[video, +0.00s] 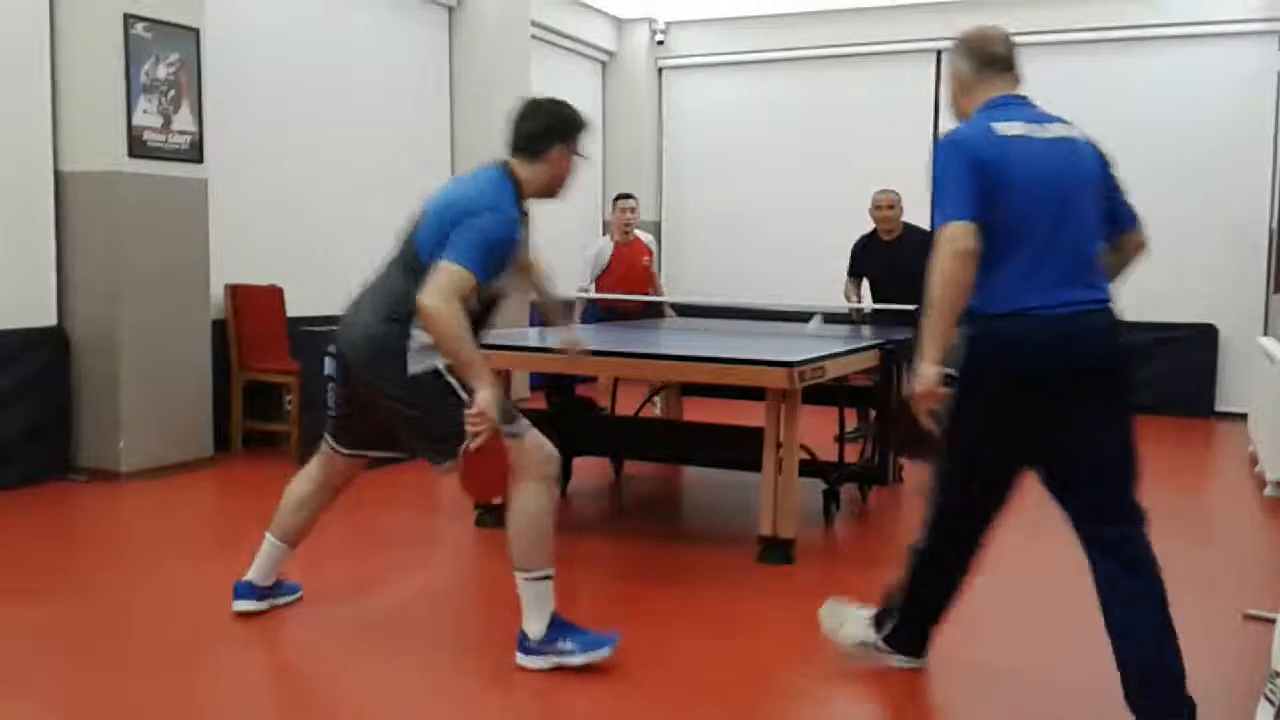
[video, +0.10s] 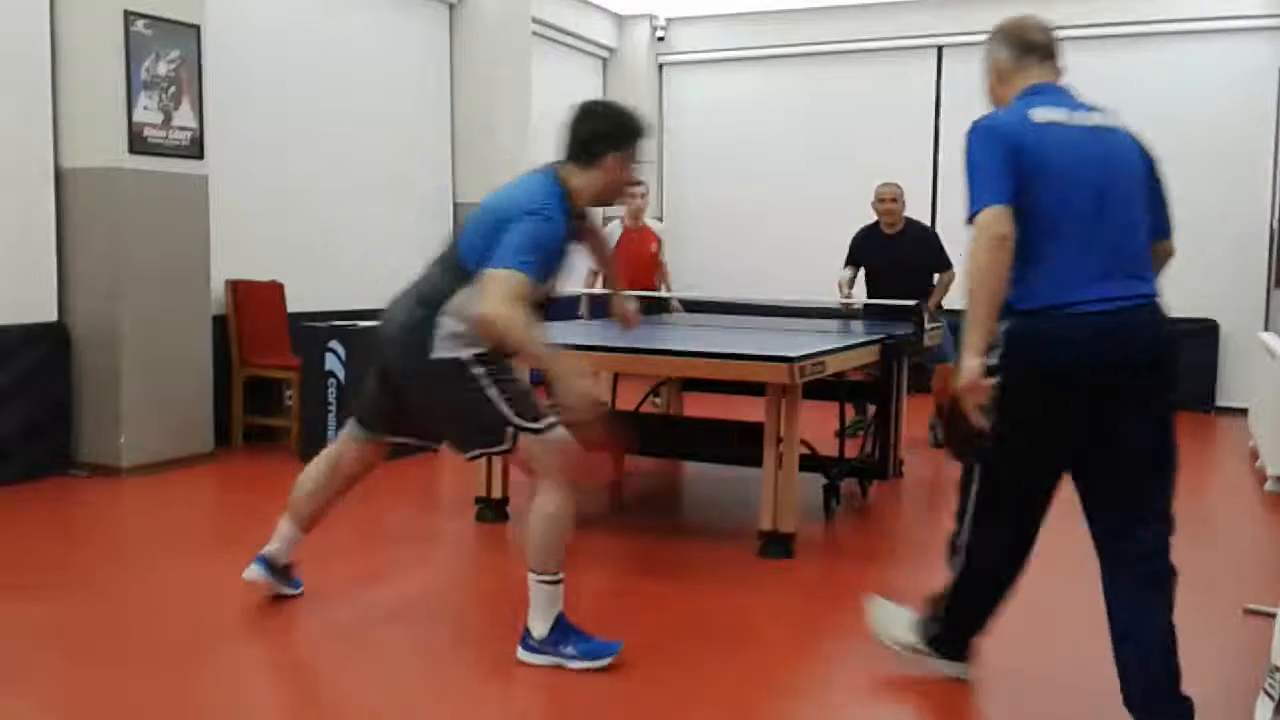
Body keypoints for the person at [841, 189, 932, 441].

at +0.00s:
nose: (885, 214)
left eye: (891, 207)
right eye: (878, 208)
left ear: (901, 210)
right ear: (871, 213)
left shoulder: (923, 240)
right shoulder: (864, 246)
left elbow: (939, 276)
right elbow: (853, 282)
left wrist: (932, 310)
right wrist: (855, 303)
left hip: (920, 318)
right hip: (883, 320)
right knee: (860, 360)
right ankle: (863, 421)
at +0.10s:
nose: (888, 207)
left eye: (894, 201)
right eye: (882, 201)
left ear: (904, 204)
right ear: (873, 206)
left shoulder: (923, 235)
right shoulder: (864, 237)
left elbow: (947, 274)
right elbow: (851, 269)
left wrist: (930, 306)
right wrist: (845, 286)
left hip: (918, 317)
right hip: (877, 317)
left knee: (944, 359)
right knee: (848, 353)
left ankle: (939, 419)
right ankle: (860, 413)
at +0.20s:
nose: (891, 214)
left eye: (897, 208)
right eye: (885, 209)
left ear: (906, 212)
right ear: (876, 213)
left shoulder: (924, 246)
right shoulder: (866, 243)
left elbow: (945, 285)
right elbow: (849, 276)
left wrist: (927, 314)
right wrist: (840, 295)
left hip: (912, 325)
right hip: (870, 325)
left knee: (935, 368)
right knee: (841, 361)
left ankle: (935, 427)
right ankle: (849, 412)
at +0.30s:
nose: (886, 213)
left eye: (891, 207)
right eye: (879, 208)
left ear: (900, 211)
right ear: (870, 212)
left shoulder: (915, 246)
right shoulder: (858, 242)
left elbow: (931, 284)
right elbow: (841, 275)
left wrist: (916, 304)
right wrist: (830, 291)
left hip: (905, 320)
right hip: (863, 318)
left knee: (929, 365)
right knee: (816, 351)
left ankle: (934, 424)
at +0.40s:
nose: (865, 221)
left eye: (870, 215)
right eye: (859, 216)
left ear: (879, 219)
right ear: (851, 220)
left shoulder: (896, 253)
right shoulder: (840, 252)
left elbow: (918, 292)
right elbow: (821, 287)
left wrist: (906, 318)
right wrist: (803, 306)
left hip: (890, 326)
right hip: (850, 325)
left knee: (919, 364)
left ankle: (931, 426)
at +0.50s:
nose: (838, 229)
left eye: (842, 222)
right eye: (834, 224)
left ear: (851, 222)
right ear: (826, 228)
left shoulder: (870, 253)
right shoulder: (824, 255)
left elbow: (894, 292)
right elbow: (807, 288)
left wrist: (876, 321)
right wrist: (776, 296)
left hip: (877, 329)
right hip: (843, 329)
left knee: (906, 372)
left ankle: (928, 422)